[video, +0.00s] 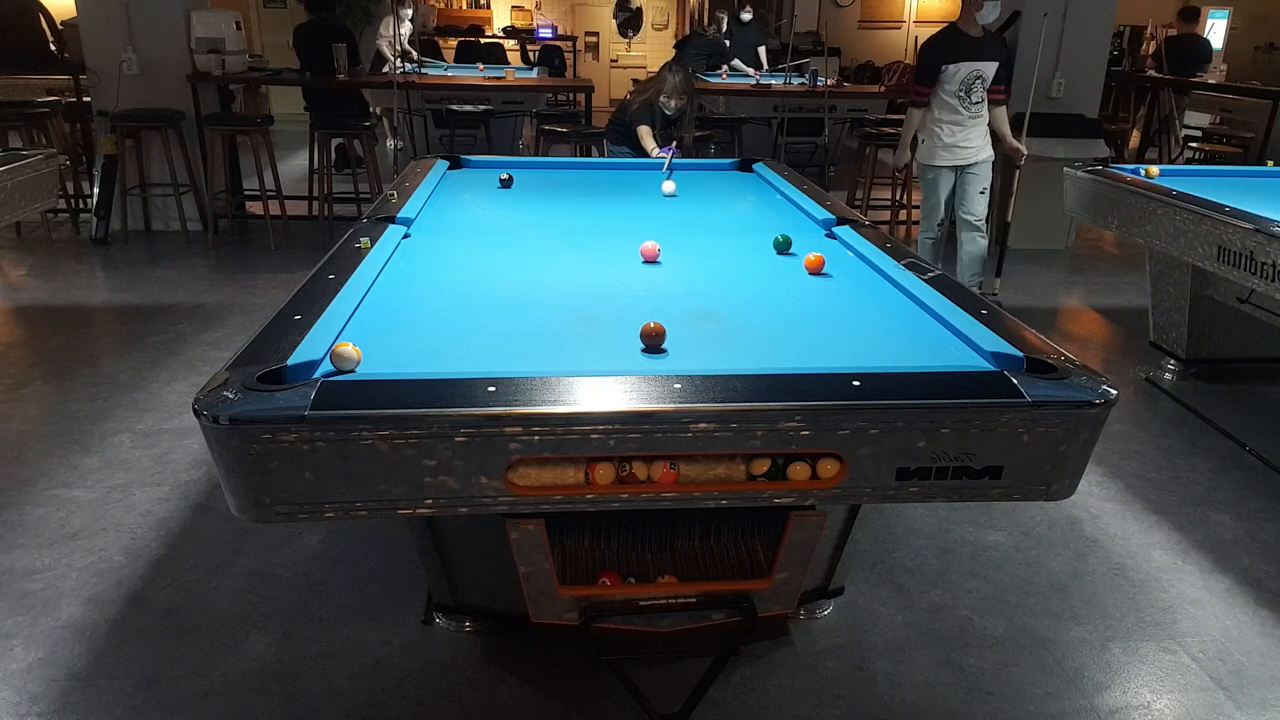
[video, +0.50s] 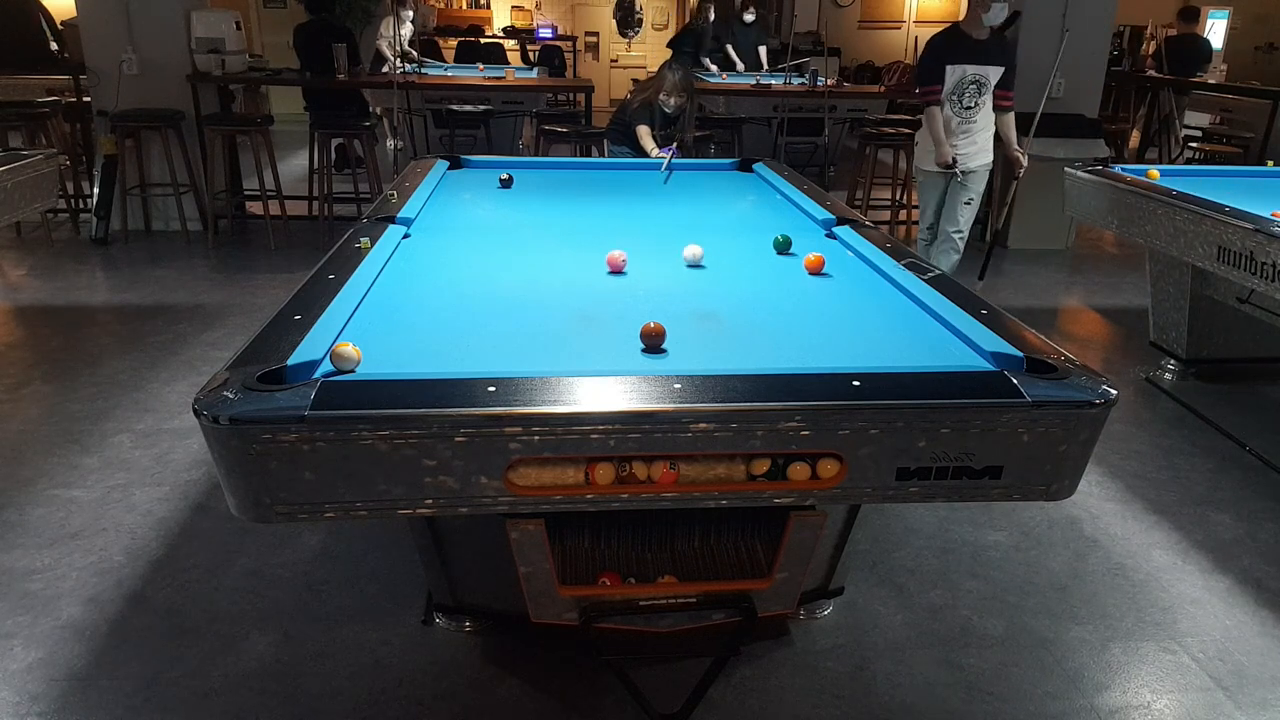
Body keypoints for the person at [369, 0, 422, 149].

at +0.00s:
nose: (408, 12)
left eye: (410, 9)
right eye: (405, 9)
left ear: (412, 10)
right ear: (397, 9)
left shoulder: (408, 26)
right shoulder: (389, 21)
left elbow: (402, 42)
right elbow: (380, 43)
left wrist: (413, 52)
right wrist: (392, 60)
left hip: (396, 65)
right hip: (381, 66)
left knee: (395, 104)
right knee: (385, 105)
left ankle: (395, 136)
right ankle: (390, 138)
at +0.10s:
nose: (408, 12)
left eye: (410, 9)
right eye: (405, 9)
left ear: (412, 10)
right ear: (397, 9)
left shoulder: (408, 26)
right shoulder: (389, 21)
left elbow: (402, 42)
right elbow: (380, 42)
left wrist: (412, 52)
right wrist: (392, 60)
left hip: (397, 64)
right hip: (381, 65)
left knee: (395, 103)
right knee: (385, 105)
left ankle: (395, 136)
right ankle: (390, 138)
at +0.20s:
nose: (408, 12)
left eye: (410, 9)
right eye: (404, 9)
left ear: (412, 10)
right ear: (397, 9)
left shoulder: (408, 26)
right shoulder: (388, 21)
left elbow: (402, 44)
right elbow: (380, 43)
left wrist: (411, 52)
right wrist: (392, 60)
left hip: (398, 66)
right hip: (382, 67)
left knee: (396, 104)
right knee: (385, 105)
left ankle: (395, 136)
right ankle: (390, 138)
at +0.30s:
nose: (408, 12)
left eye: (410, 9)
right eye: (405, 9)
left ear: (412, 10)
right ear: (397, 9)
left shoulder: (409, 27)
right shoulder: (388, 20)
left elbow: (403, 45)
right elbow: (380, 43)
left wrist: (413, 54)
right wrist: (392, 60)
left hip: (397, 66)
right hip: (381, 67)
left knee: (396, 104)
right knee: (385, 106)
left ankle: (395, 136)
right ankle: (389, 138)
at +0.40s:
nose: (408, 13)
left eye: (410, 10)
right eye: (405, 10)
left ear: (413, 11)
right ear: (397, 10)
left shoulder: (409, 27)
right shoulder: (389, 21)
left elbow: (403, 45)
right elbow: (380, 43)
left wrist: (413, 54)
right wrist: (392, 60)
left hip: (397, 66)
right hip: (381, 67)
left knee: (396, 104)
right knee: (385, 106)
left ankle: (395, 136)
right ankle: (389, 138)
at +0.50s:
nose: (409, 14)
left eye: (410, 10)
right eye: (405, 11)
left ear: (413, 11)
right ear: (398, 10)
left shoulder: (409, 27)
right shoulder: (389, 21)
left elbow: (403, 45)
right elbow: (380, 43)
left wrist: (412, 52)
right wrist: (392, 60)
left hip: (398, 66)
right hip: (382, 67)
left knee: (396, 104)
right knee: (385, 106)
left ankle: (395, 136)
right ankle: (390, 138)